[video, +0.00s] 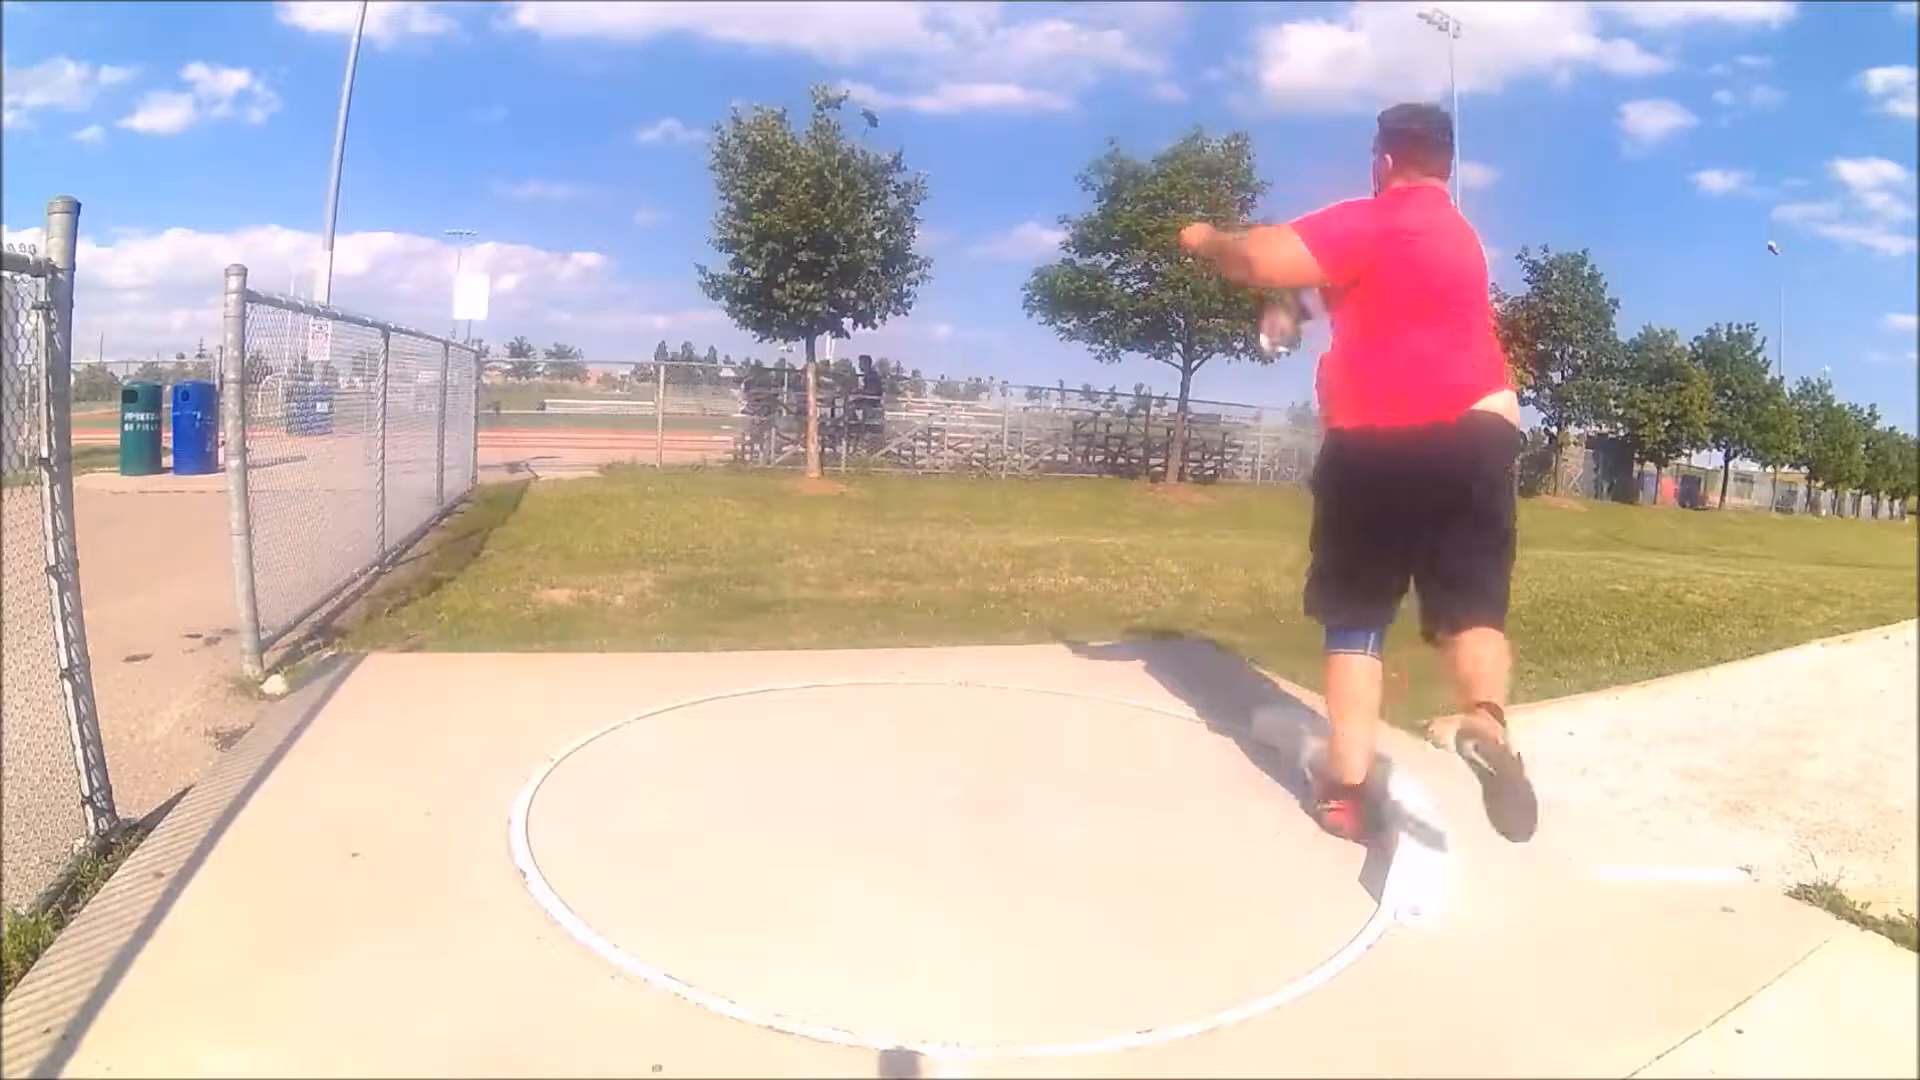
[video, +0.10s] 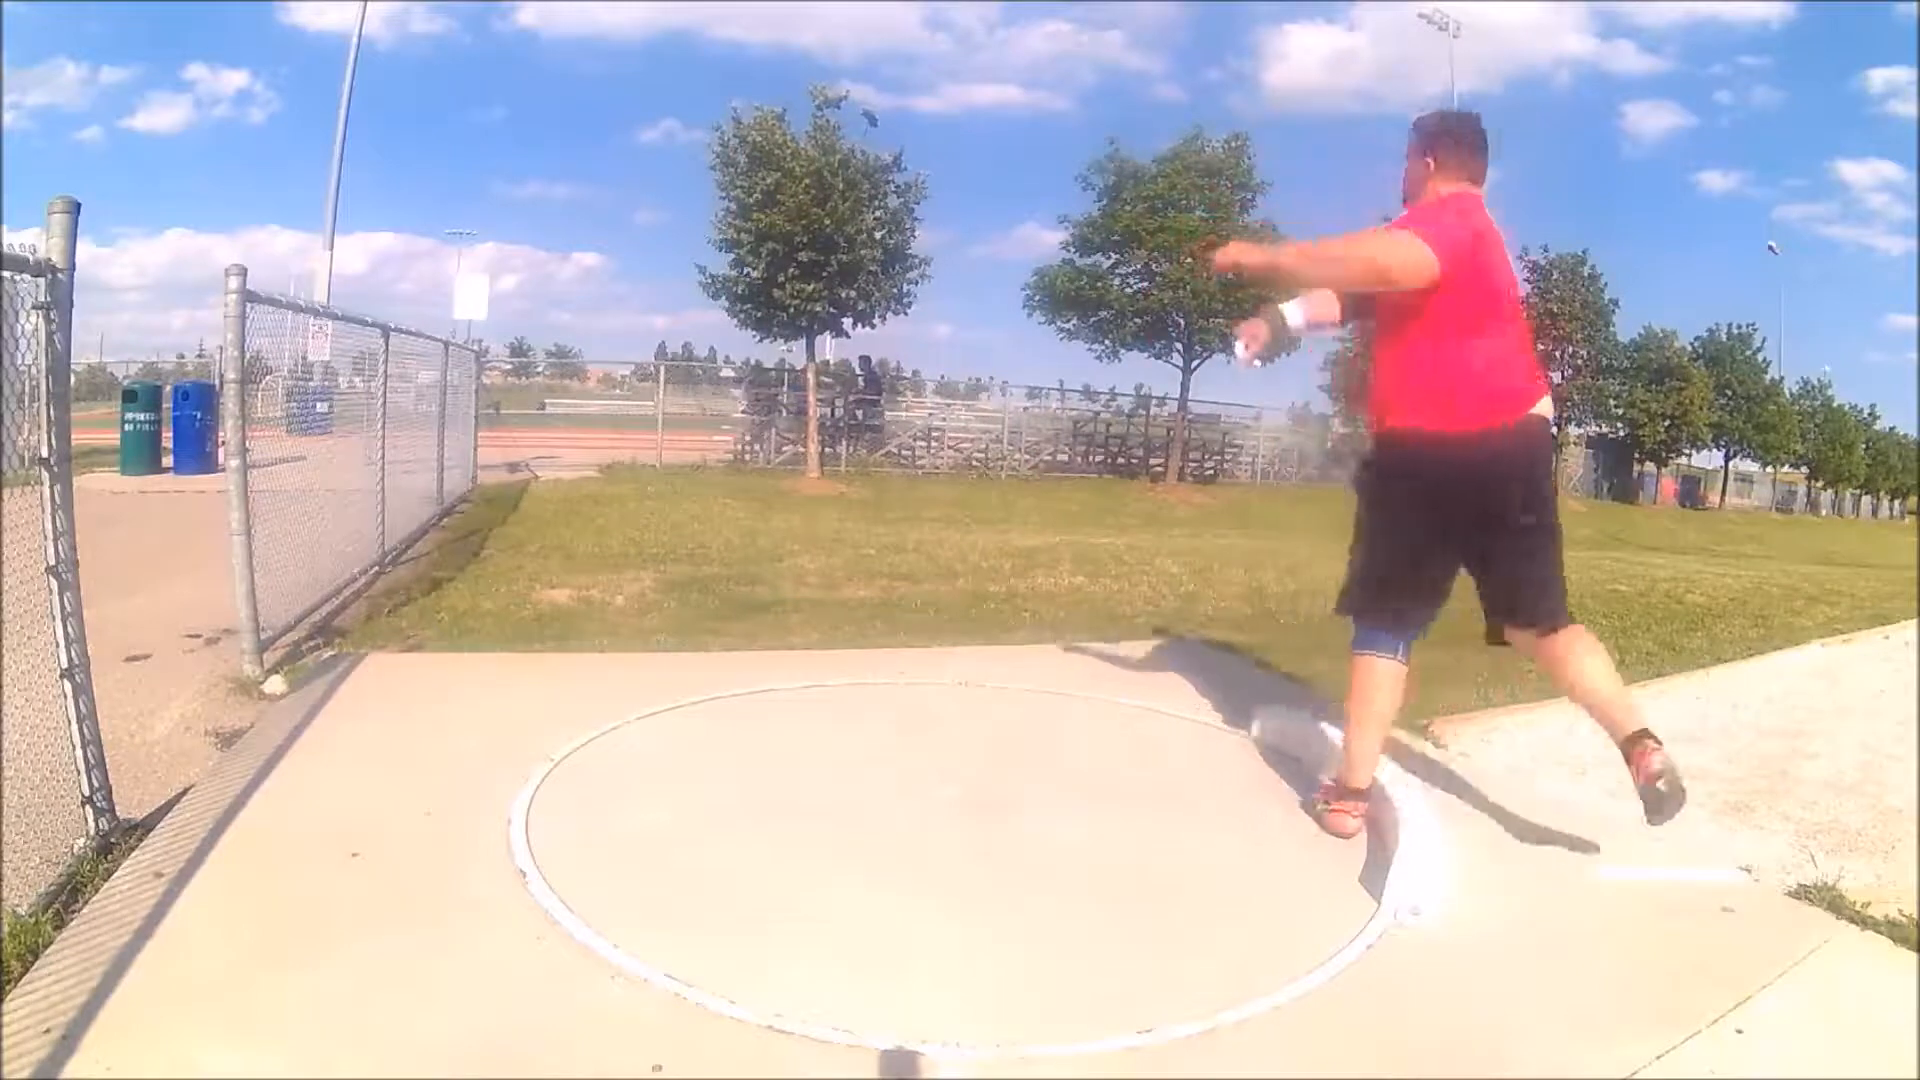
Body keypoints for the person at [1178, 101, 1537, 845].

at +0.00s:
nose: (1375, 169)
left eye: (1376, 159)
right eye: (1381, 160)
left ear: (1384, 161)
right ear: (1447, 166)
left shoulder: (1375, 222)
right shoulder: (1461, 234)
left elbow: (1259, 261)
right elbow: (1369, 278)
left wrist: (1208, 239)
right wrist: (1300, 305)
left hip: (1371, 444)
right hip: (1476, 438)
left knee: (1354, 621)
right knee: (1473, 605)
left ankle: (1350, 795)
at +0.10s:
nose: (1403, 176)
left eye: (1407, 165)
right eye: (1408, 165)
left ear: (1425, 163)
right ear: (1474, 169)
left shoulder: (1448, 220)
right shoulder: (1464, 232)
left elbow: (1391, 264)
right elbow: (1363, 289)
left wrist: (1267, 257)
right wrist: (1283, 317)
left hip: (1420, 453)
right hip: (1514, 447)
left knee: (1385, 622)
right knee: (1540, 616)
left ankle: (1351, 793)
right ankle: (1637, 740)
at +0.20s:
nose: (1441, 190)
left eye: (1447, 177)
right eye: (1444, 178)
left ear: (1471, 178)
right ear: (1506, 182)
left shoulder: (1510, 233)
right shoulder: (1449, 250)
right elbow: (1381, 293)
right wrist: (1306, 301)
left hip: (1468, 464)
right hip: (1552, 464)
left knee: (1415, 632)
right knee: (1581, 626)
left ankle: (1356, 792)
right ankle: (1657, 779)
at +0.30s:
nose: (1487, 206)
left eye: (1494, 193)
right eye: (1489, 193)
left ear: (1526, 195)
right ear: (1536, 197)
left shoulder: (1576, 262)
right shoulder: (1484, 266)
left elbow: (1612, 330)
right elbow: (1422, 287)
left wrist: (1554, 361)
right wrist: (1369, 292)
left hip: (1516, 484)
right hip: (1586, 490)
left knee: (1439, 641)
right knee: (1590, 644)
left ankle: (1361, 794)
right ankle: (1636, 796)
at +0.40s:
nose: (1529, 209)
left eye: (1536, 197)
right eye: (1531, 198)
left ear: (1568, 200)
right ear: (1571, 201)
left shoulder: (1632, 275)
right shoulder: (1522, 265)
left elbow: (1671, 360)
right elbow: (1476, 291)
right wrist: (1446, 297)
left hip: (1547, 476)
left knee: (1461, 622)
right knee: (1607, 640)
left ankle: (1369, 766)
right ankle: (1642, 794)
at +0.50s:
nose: (1562, 208)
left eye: (1568, 196)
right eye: (1564, 196)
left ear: (1596, 195)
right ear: (1613, 196)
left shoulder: (1659, 271)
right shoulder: (1555, 260)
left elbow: (1691, 379)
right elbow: (1501, 286)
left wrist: (1689, 492)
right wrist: (1489, 298)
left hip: (1561, 461)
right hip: (1631, 476)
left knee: (1471, 597)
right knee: (1618, 629)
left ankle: (1381, 741)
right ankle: (1645, 796)